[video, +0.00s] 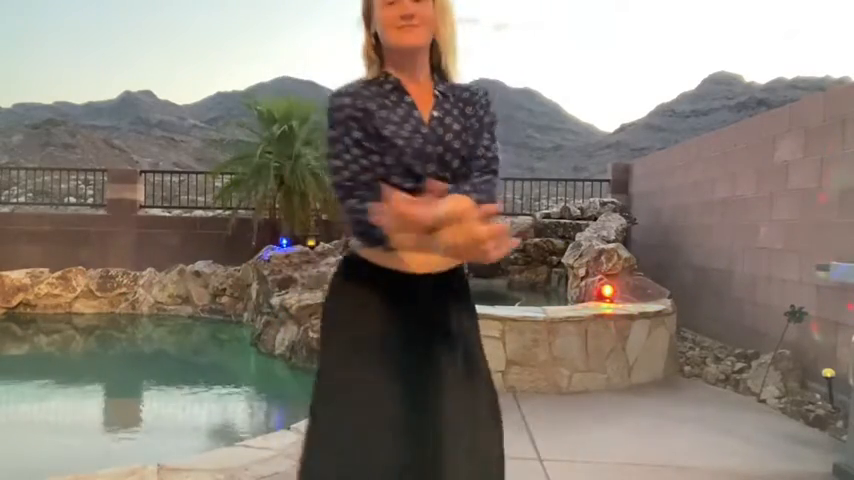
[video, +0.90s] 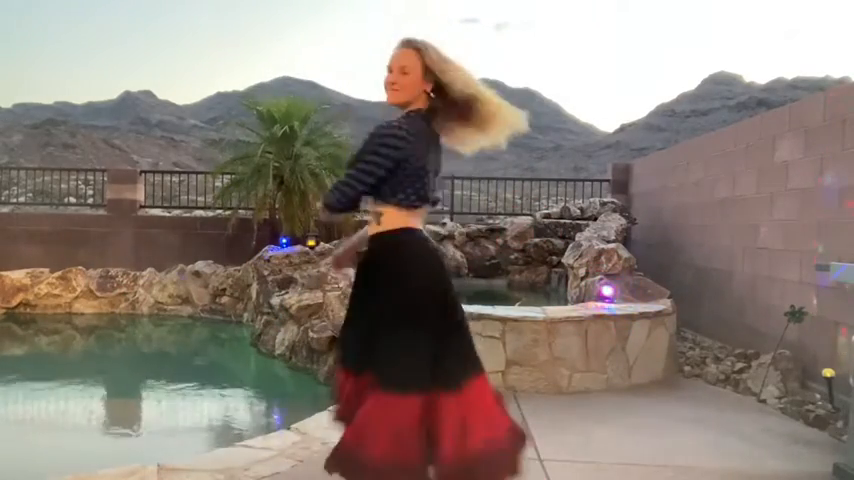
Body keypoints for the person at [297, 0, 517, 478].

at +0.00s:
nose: (406, 8)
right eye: (391, 0)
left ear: (439, 13)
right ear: (370, 16)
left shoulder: (473, 103)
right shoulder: (351, 103)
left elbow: (484, 196)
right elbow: (365, 226)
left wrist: (439, 215)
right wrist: (453, 249)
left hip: (447, 292)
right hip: (370, 293)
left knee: (459, 447)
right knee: (368, 448)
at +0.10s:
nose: (411, 14)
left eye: (422, 3)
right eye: (394, 5)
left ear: (440, 19)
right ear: (374, 26)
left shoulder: (467, 101)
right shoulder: (366, 102)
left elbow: (494, 174)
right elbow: (387, 216)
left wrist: (456, 215)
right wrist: (484, 232)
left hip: (448, 285)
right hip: (385, 283)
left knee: (455, 437)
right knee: (381, 438)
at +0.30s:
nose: (437, 16)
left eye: (438, 6)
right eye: (420, 7)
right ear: (387, 27)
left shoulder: (408, 89)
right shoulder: (416, 93)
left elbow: (469, 162)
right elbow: (447, 199)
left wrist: (513, 198)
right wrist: (515, 215)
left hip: (399, 260)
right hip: (408, 266)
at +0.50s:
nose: (450, 62)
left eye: (446, 54)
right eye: (446, 54)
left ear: (381, 58)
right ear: (439, 61)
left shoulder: (374, 119)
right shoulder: (455, 126)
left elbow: (417, 192)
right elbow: (482, 211)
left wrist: (491, 209)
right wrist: (503, 223)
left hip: (373, 262)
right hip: (428, 266)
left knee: (386, 394)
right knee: (457, 398)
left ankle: (388, 472)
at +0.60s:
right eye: (445, 64)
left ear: (381, 68)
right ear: (446, 71)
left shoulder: (369, 129)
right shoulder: (457, 133)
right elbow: (472, 213)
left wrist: (474, 223)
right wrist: (487, 235)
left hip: (372, 263)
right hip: (427, 266)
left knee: (387, 391)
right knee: (457, 390)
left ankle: (395, 469)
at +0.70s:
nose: (379, 76)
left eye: (384, 68)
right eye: (382, 66)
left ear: (396, 78)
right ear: (443, 81)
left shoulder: (370, 136)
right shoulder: (455, 141)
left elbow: (360, 190)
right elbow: (452, 210)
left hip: (369, 259)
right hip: (425, 261)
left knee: (380, 374)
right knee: (443, 375)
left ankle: (391, 464)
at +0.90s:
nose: (390, 79)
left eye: (402, 72)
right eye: (390, 70)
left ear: (427, 85)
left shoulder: (394, 131)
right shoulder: (425, 131)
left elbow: (342, 198)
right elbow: (406, 208)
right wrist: (357, 244)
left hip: (393, 255)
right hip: (419, 250)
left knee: (390, 365)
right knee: (442, 361)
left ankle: (385, 461)